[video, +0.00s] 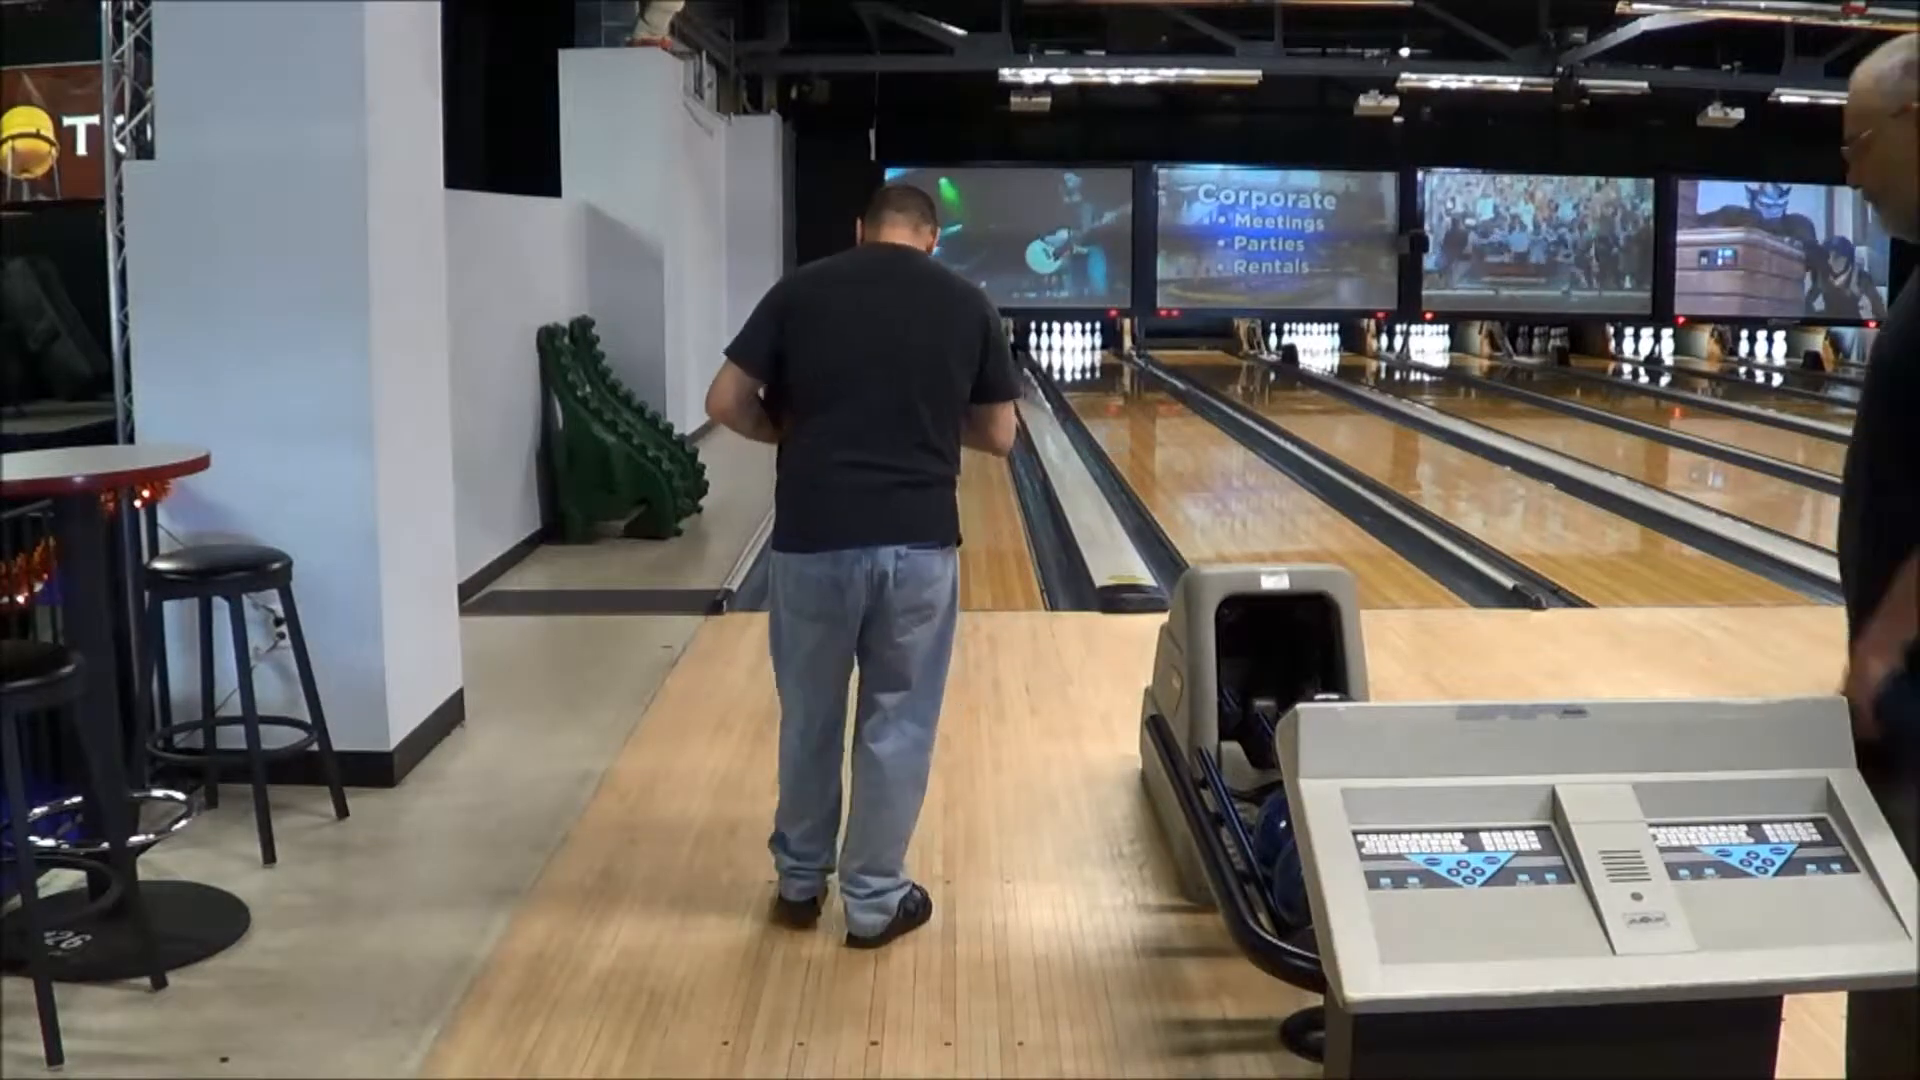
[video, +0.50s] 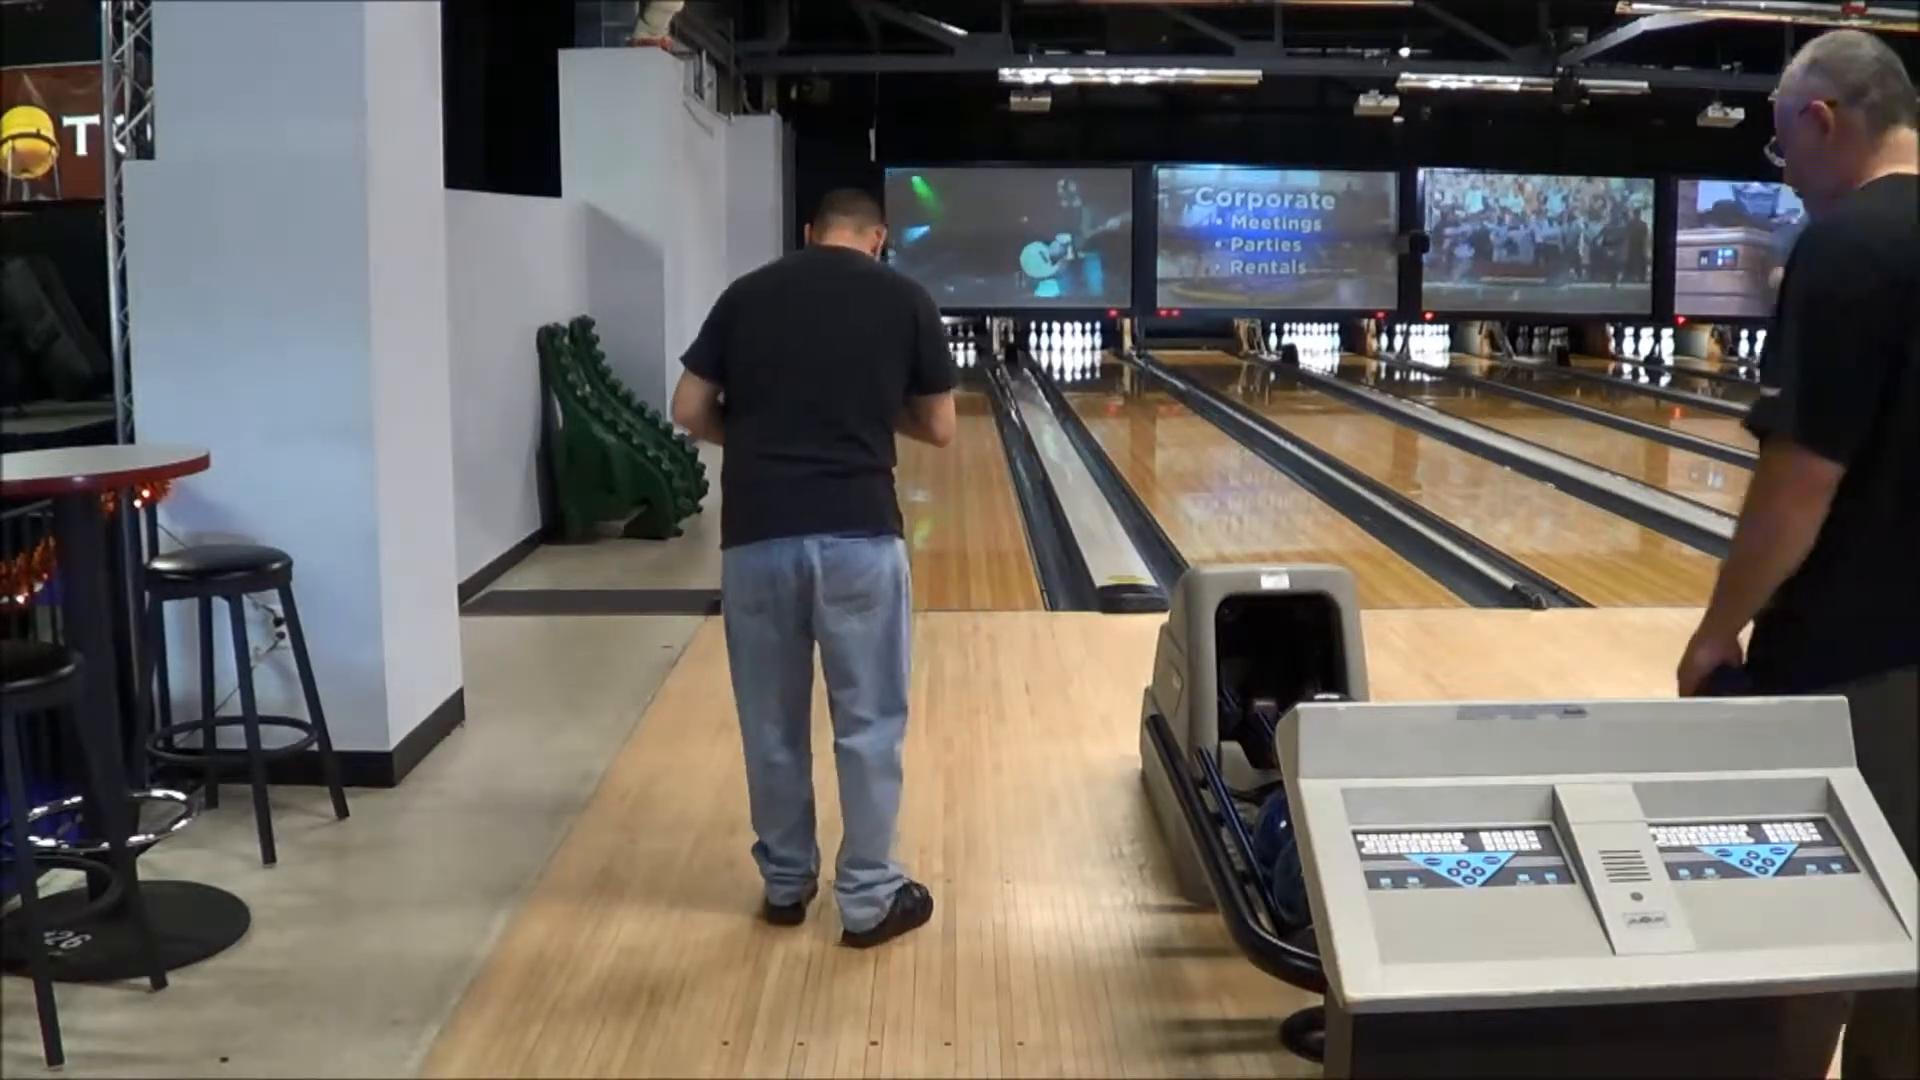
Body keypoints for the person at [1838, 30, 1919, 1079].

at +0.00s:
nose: (1851, 165)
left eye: (1864, 135)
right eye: (1850, 138)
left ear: (1914, 126)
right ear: (1882, 134)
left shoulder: (1917, 286)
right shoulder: (1906, 280)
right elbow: (1911, 497)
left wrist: (1888, 636)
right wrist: (1879, 635)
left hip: (1914, 693)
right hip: (1895, 681)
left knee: (1896, 963)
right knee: (1888, 953)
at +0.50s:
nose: (1777, 155)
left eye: (1782, 130)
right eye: (1776, 133)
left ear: (1824, 120)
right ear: (1891, 114)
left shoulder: (1853, 241)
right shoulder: (1907, 220)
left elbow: (1803, 469)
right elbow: (1815, 463)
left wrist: (1720, 623)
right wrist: (1745, 620)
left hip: (1852, 654)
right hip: (1913, 642)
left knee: (1816, 925)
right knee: (1899, 926)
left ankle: (1789, 1065)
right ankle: (1881, 1064)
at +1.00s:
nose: (1738, 133)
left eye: (1740, 119)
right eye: (1737, 121)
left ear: (1754, 124)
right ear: (1873, 122)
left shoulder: (1717, 252)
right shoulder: (1916, 229)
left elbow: (1643, 472)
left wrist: (1583, 635)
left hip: (1772, 667)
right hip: (1913, 662)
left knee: (1778, 955)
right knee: (1907, 954)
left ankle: (1786, 1074)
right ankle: (1873, 1072)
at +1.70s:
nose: (1850, 114)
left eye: (1854, 97)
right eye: (1865, 97)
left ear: (1870, 112)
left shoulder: (1829, 257)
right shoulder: (1833, 258)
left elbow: (1767, 486)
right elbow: (1766, 487)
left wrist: (1722, 647)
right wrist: (1727, 646)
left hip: (1856, 676)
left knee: (1810, 957)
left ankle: (1802, 1074)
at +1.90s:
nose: (1900, 129)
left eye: (1905, 109)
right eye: (1905, 110)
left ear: (1911, 124)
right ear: (1908, 130)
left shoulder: (1880, 255)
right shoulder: (1877, 254)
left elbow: (1814, 477)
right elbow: (1816, 476)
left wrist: (1760, 647)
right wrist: (1767, 647)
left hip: (1888, 679)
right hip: (1882, 674)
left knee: (1822, 934)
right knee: (1824, 932)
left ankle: (1802, 1053)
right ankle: (1801, 1048)